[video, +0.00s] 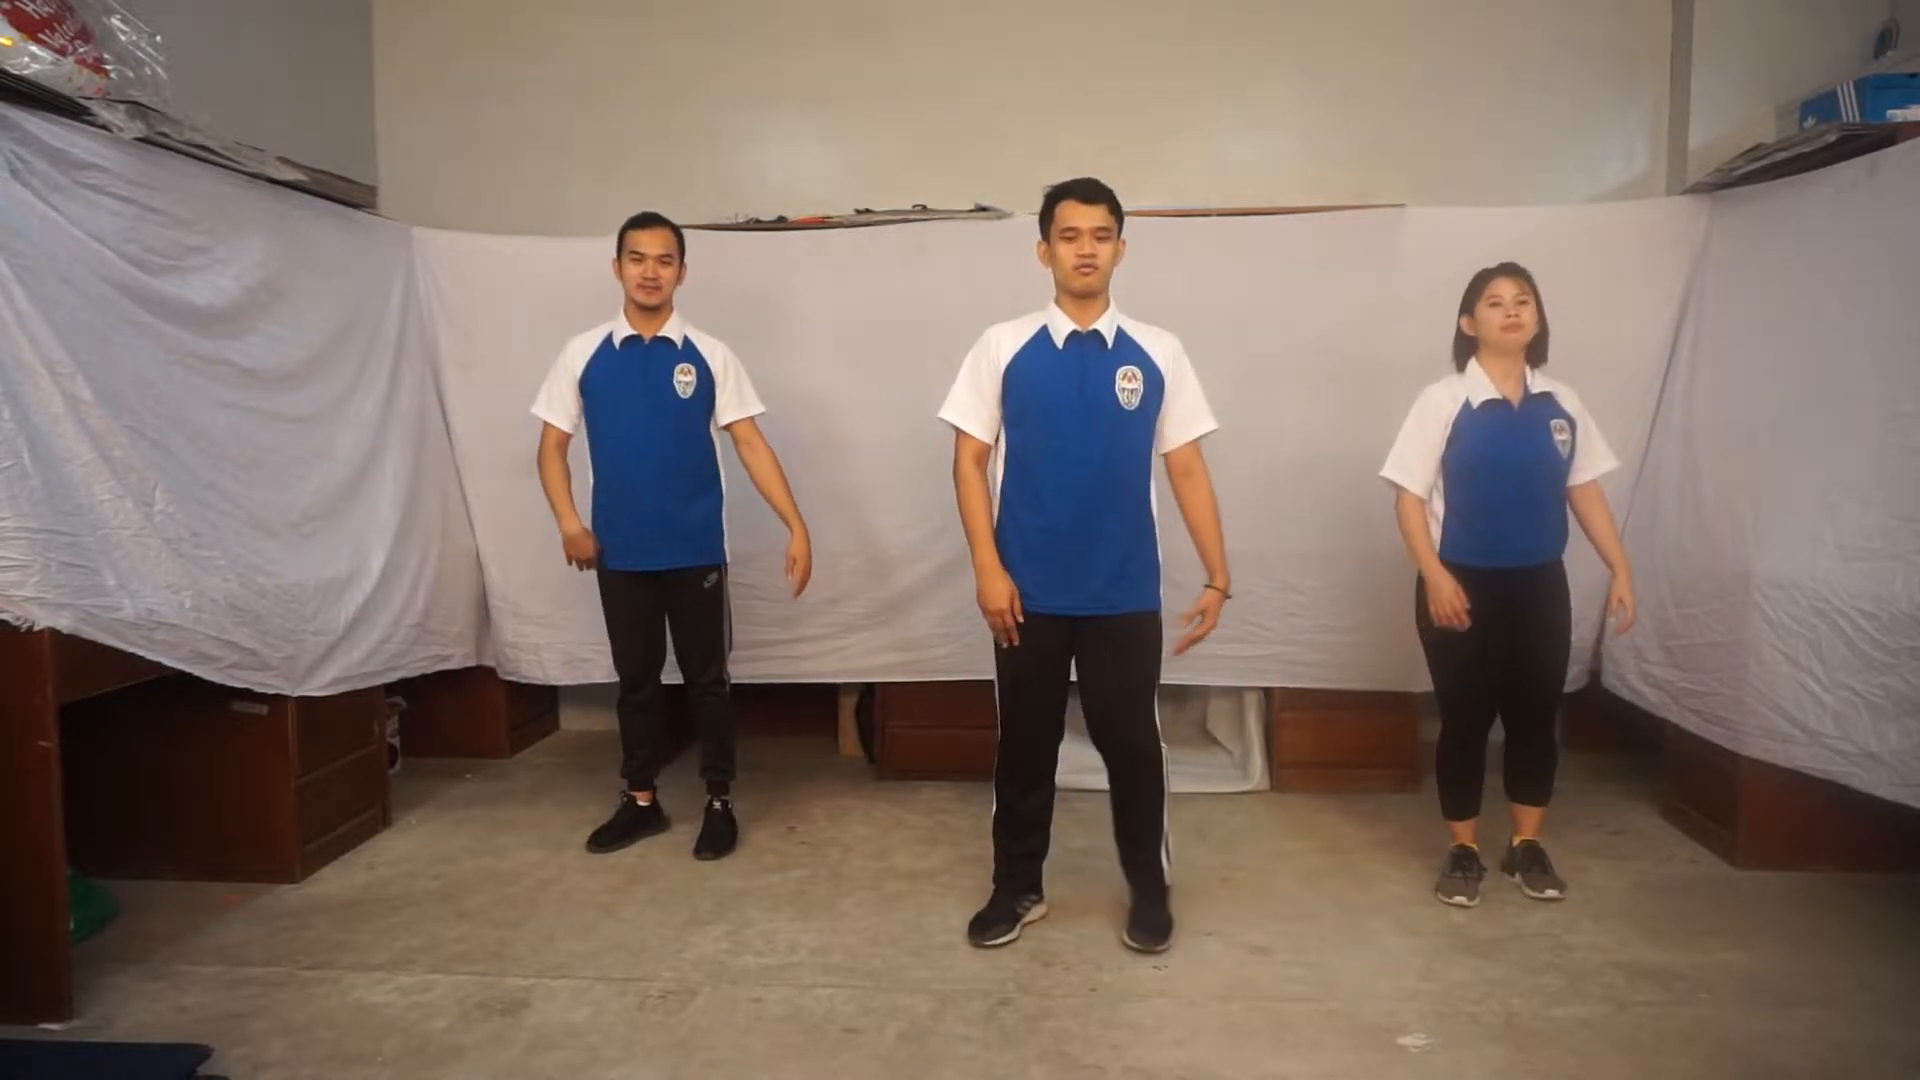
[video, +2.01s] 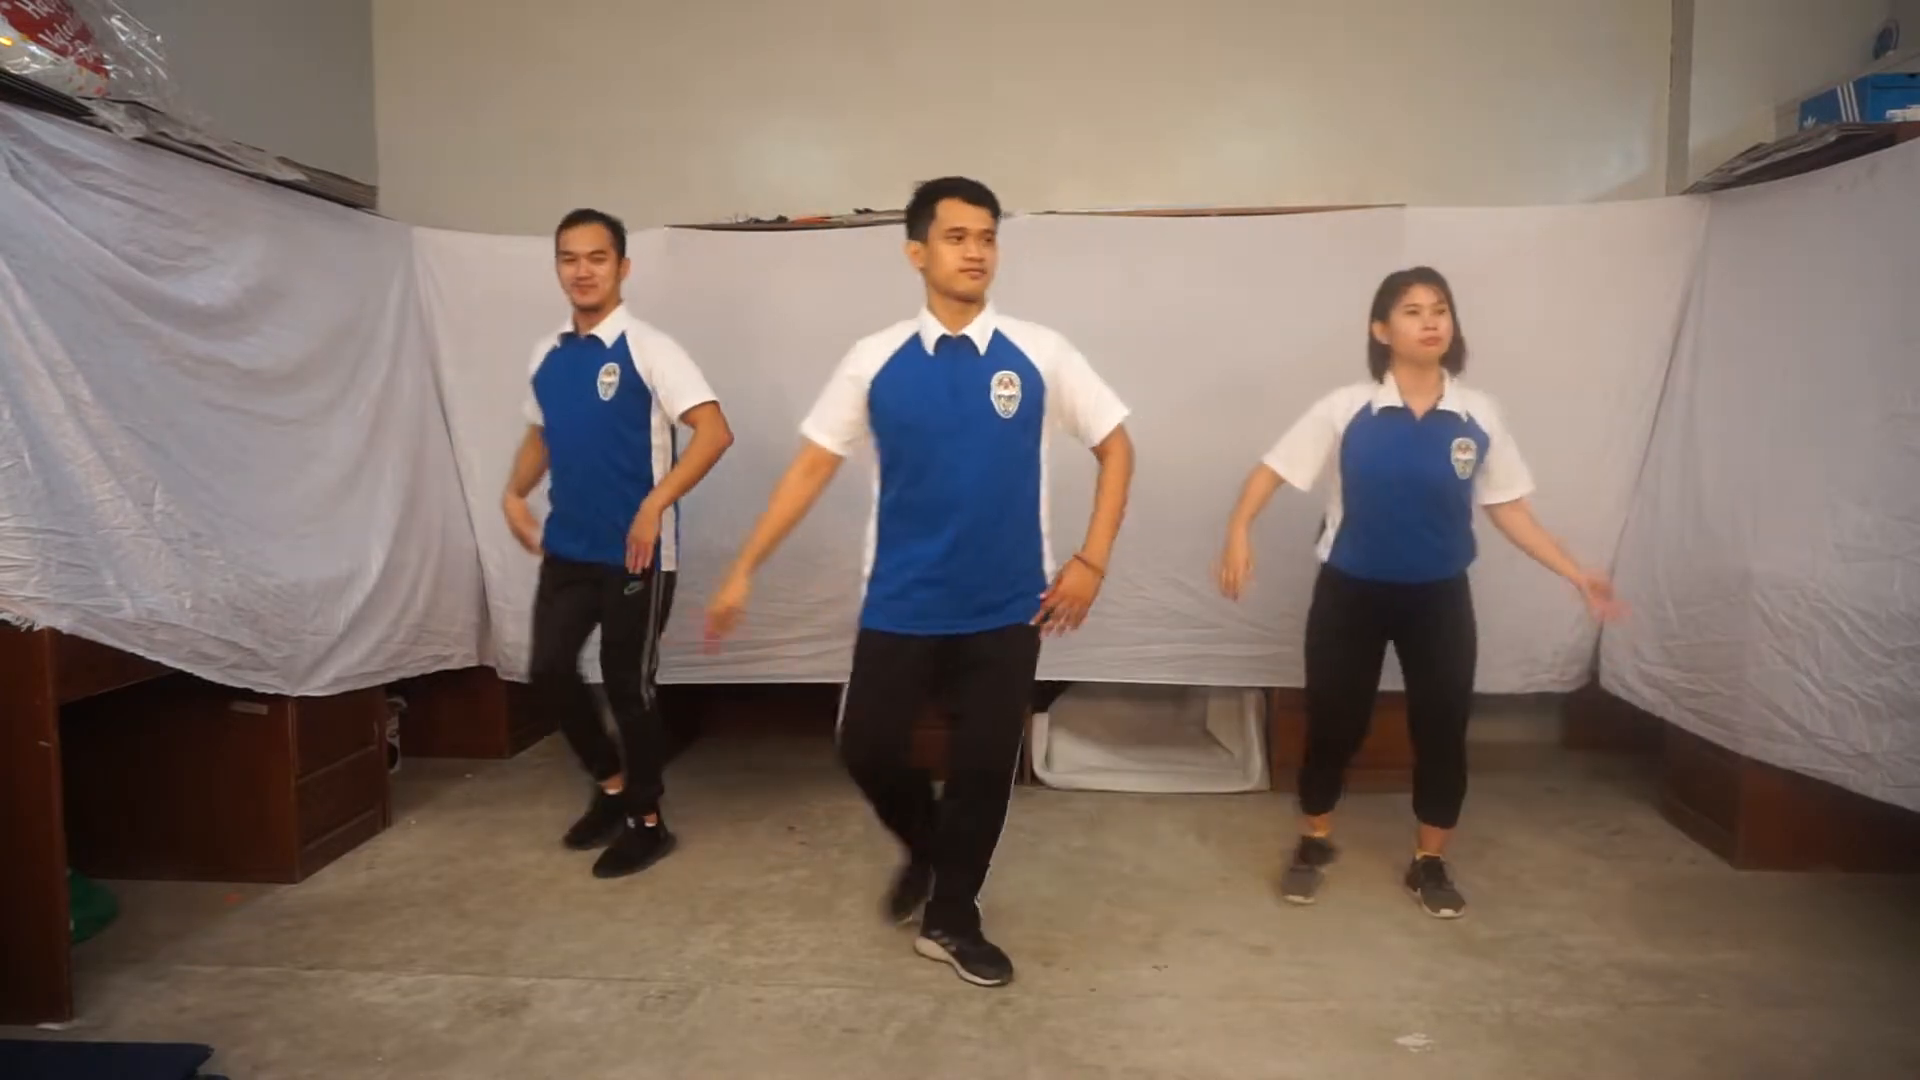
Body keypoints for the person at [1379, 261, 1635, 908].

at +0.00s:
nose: (1511, 310)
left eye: (1521, 302)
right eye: (1495, 303)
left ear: (1538, 319)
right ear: (1469, 322)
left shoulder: (1559, 398)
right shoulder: (1443, 399)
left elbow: (1585, 491)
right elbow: (1408, 496)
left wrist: (1620, 567)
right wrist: (1433, 573)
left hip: (1539, 586)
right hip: (1460, 587)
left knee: (1535, 716)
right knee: (1465, 721)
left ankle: (1527, 845)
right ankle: (1464, 849)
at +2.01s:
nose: (1430, 322)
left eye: (1439, 311)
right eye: (1413, 312)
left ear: (1452, 325)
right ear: (1382, 329)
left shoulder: (1476, 412)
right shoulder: (1347, 405)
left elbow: (1508, 507)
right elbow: (1275, 466)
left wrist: (1575, 572)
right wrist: (1237, 529)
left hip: (1438, 599)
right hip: (1350, 595)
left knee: (1442, 731)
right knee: (1333, 724)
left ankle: (1430, 861)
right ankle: (1313, 844)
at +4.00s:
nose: (1447, 327)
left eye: (1459, 314)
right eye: (1430, 318)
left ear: (1482, 325)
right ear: (1412, 336)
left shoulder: (1522, 402)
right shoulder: (1392, 413)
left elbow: (1612, 455)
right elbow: (1357, 511)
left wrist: (1699, 491)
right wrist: (1389, 520)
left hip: (1512, 596)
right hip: (1423, 600)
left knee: (1535, 737)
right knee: (1413, 738)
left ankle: (1592, 860)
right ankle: (1382, 870)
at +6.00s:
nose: (1377, 332)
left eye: (1374, 320)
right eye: (1369, 320)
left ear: (1337, 329)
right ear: (1338, 329)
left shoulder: (1351, 403)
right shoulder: (1301, 403)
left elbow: (1407, 439)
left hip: (1333, 583)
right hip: (1280, 586)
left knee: (1372, 709)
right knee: (1295, 728)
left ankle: (1404, 850)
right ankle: (1259, 859)